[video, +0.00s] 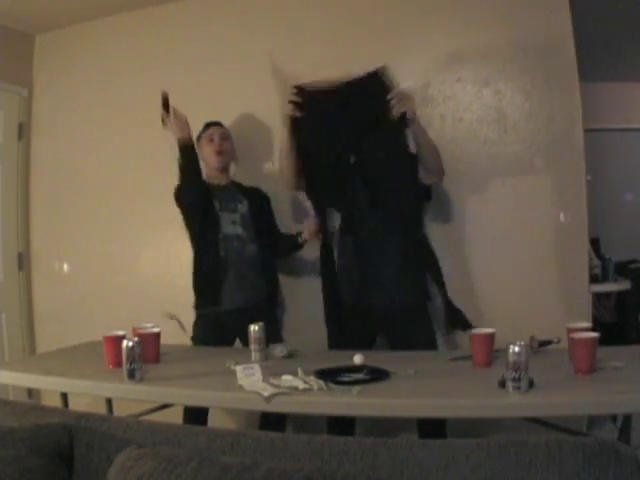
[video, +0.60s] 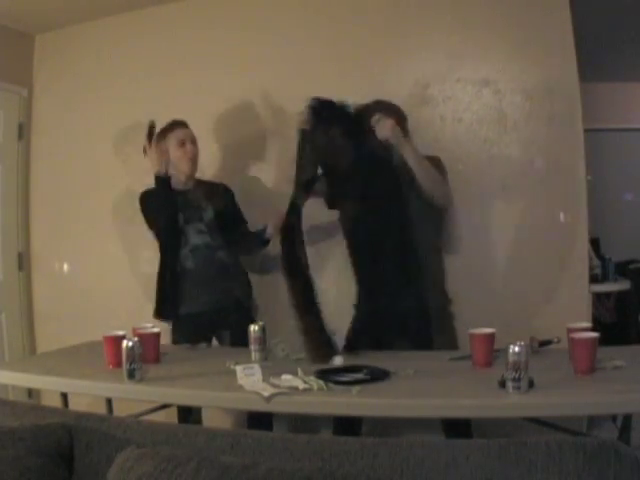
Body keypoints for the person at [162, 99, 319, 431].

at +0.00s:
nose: (219, 145)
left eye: (225, 139)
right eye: (211, 140)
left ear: (234, 149)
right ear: (199, 154)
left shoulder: (256, 198)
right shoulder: (195, 197)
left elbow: (274, 247)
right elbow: (189, 189)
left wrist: (301, 238)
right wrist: (184, 144)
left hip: (259, 306)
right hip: (215, 308)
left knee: (273, 388)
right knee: (199, 388)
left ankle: (269, 458)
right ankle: (190, 455)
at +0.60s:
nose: (191, 149)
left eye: (193, 142)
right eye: (181, 143)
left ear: (198, 149)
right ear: (164, 153)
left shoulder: (219, 192)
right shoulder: (155, 198)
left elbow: (241, 243)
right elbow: (165, 230)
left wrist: (266, 234)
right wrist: (159, 174)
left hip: (232, 302)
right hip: (187, 306)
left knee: (250, 382)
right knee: (188, 387)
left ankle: (261, 455)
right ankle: (190, 455)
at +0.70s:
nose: (194, 151)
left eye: (196, 144)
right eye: (184, 146)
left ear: (200, 146)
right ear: (164, 151)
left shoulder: (211, 188)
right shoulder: (152, 195)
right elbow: (161, 229)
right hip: (182, 294)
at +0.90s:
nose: (149, 155)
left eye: (146, 148)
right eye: (140, 151)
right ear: (119, 164)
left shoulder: (164, 190)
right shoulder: (113, 211)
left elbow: (194, 229)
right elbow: (147, 253)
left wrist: (237, 214)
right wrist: (186, 214)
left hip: (204, 294)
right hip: (168, 309)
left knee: (255, 340)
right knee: (172, 379)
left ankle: (270, 424)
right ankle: (167, 448)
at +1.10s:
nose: (140, 152)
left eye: (137, 146)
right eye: (130, 149)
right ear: (113, 164)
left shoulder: (162, 195)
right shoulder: (113, 212)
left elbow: (195, 238)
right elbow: (142, 262)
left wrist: (241, 224)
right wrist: (179, 231)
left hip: (206, 301)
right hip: (166, 313)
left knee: (243, 362)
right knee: (171, 388)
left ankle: (222, 439)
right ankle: (166, 453)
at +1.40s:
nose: (170, 152)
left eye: (168, 146)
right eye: (161, 149)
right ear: (139, 160)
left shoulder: (186, 193)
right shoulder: (132, 207)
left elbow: (208, 241)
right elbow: (143, 264)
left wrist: (248, 241)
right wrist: (178, 242)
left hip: (202, 307)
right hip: (165, 314)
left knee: (208, 389)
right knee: (175, 394)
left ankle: (204, 455)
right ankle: (170, 458)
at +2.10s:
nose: (162, 159)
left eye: (163, 151)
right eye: (152, 156)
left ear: (170, 153)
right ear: (136, 168)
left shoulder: (202, 189)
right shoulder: (139, 215)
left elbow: (231, 231)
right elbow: (155, 264)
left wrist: (262, 235)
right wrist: (151, 229)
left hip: (225, 303)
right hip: (180, 313)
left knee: (244, 381)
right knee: (174, 388)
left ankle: (258, 451)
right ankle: (172, 454)